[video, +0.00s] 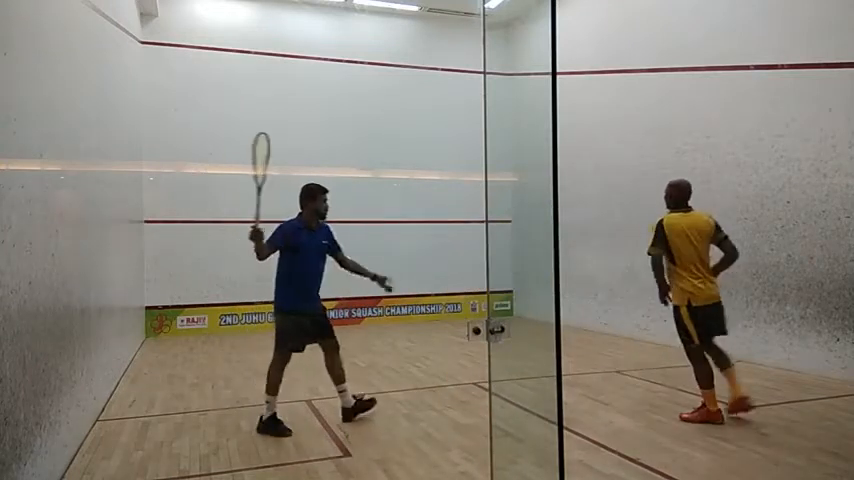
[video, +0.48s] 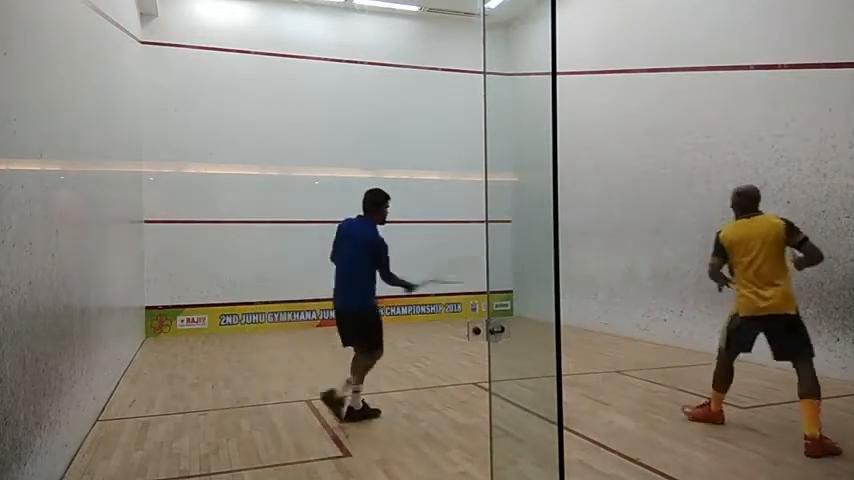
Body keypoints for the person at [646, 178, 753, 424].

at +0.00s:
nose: (664, 197)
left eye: (667, 194)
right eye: (666, 192)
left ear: (672, 197)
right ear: (688, 198)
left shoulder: (664, 224)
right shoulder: (706, 221)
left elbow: (655, 258)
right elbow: (732, 252)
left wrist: (661, 285)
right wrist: (713, 271)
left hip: (685, 300)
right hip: (710, 297)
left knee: (695, 353)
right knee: (709, 344)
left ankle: (711, 408)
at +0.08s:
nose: (674, 197)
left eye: (676, 194)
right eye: (676, 193)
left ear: (679, 197)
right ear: (699, 198)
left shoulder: (668, 224)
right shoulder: (717, 220)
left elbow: (657, 259)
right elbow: (744, 251)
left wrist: (670, 281)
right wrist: (725, 269)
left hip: (693, 302)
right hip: (722, 298)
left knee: (696, 352)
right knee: (736, 343)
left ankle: (711, 408)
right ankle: (767, 396)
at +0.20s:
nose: (684, 197)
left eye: (686, 194)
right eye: (686, 193)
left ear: (688, 197)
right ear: (709, 198)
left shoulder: (676, 225)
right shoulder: (728, 220)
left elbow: (663, 261)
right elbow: (756, 251)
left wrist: (679, 277)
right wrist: (741, 261)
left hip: (702, 302)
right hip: (734, 297)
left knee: (696, 351)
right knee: (760, 345)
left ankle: (710, 408)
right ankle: (789, 400)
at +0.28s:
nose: (696, 199)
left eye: (698, 196)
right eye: (699, 195)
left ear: (700, 199)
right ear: (721, 199)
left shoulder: (689, 227)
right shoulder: (741, 220)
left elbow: (675, 263)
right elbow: (771, 252)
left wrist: (691, 275)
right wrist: (753, 260)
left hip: (714, 303)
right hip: (748, 300)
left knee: (700, 351)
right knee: (778, 349)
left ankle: (710, 409)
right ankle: (804, 408)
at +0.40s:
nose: (712, 202)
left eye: (713, 199)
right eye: (715, 198)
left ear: (716, 203)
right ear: (738, 201)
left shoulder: (704, 230)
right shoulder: (756, 221)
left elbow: (692, 267)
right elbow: (791, 251)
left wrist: (708, 275)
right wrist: (778, 259)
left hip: (728, 305)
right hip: (764, 303)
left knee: (711, 351)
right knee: (789, 356)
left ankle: (711, 408)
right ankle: (812, 420)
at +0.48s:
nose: (731, 209)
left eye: (732, 205)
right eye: (734, 205)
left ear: (734, 207)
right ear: (758, 205)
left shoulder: (725, 235)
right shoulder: (778, 225)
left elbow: (713, 270)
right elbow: (815, 255)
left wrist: (721, 279)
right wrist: (800, 263)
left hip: (747, 309)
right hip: (782, 308)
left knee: (725, 355)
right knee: (804, 364)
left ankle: (714, 409)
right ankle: (813, 437)